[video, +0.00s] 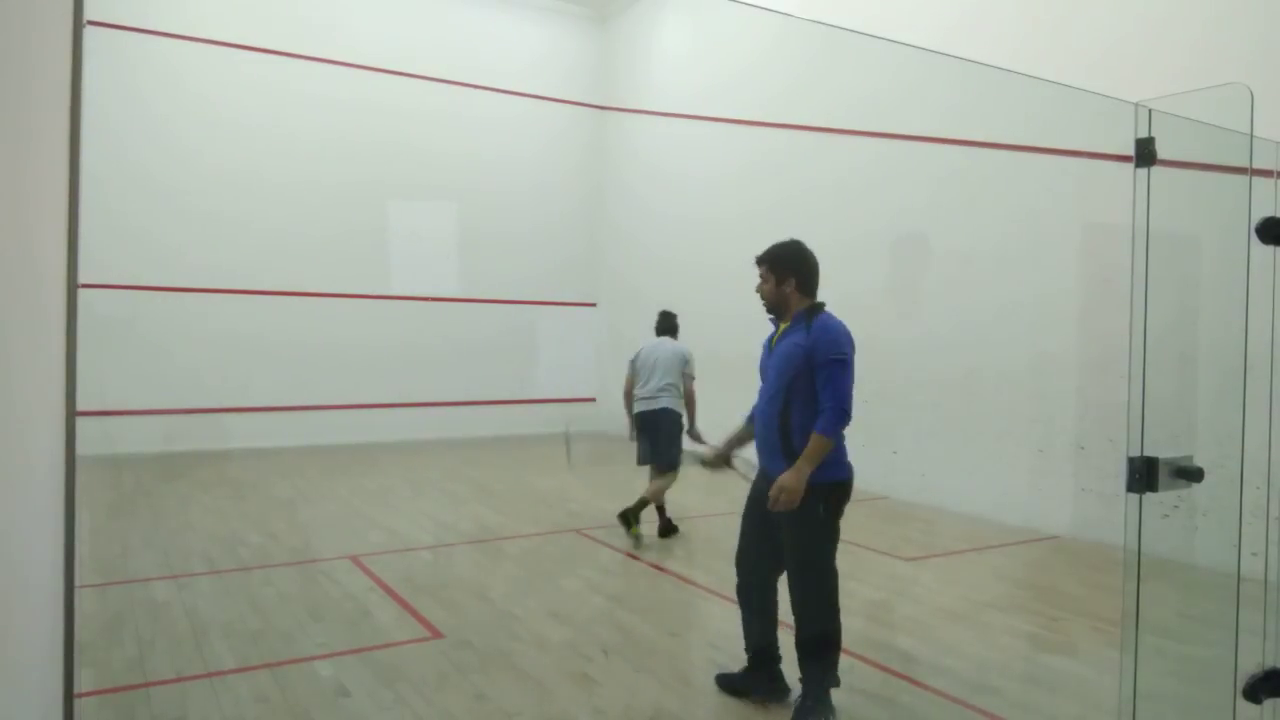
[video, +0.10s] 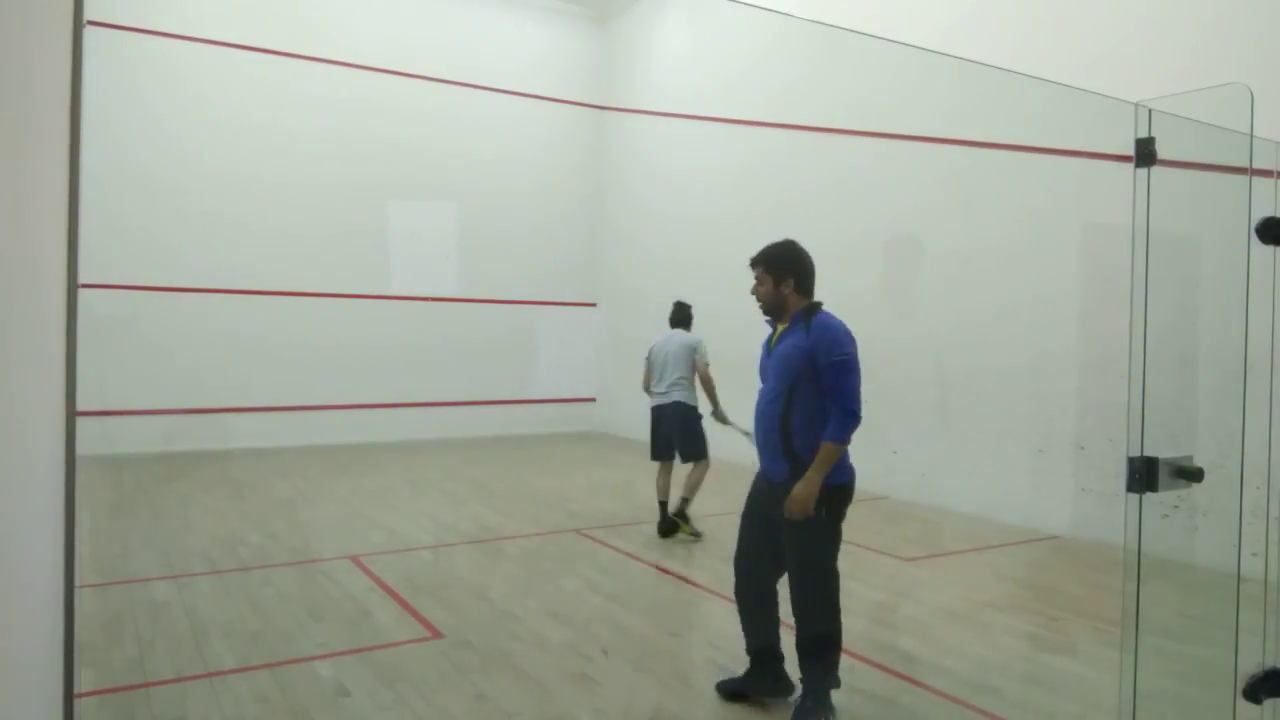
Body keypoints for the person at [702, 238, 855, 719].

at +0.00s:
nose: (758, 289)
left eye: (764, 279)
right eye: (759, 280)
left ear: (790, 282)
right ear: (787, 283)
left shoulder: (829, 336)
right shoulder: (777, 337)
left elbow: (836, 414)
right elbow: (769, 404)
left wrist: (800, 471)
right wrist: (729, 445)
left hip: (815, 483)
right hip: (772, 477)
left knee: (812, 585)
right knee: (753, 571)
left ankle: (816, 691)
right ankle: (763, 671)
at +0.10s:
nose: (754, 292)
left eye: (759, 283)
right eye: (754, 283)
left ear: (788, 283)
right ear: (785, 285)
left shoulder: (830, 335)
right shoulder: (777, 337)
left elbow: (847, 415)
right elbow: (782, 407)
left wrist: (813, 479)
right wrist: (773, 467)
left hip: (816, 487)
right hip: (772, 481)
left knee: (813, 590)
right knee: (751, 575)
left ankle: (817, 691)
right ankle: (765, 672)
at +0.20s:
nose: (740, 292)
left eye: (745, 282)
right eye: (739, 283)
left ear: (774, 283)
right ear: (771, 285)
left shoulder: (820, 336)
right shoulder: (766, 336)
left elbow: (851, 414)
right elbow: (775, 407)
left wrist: (844, 485)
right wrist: (770, 470)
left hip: (812, 492)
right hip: (766, 484)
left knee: (814, 596)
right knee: (744, 582)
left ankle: (816, 694)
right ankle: (742, 681)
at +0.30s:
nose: (720, 289)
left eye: (725, 280)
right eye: (721, 280)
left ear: (748, 284)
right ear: (750, 284)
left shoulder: (793, 336)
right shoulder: (744, 338)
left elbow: (820, 419)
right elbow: (747, 419)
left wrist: (821, 494)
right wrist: (738, 484)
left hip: (792, 495)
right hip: (751, 493)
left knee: (804, 600)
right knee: (735, 595)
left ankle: (816, 696)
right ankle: (713, 690)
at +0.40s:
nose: (697, 285)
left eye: (700, 277)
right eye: (699, 276)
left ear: (714, 282)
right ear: (730, 283)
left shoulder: (764, 334)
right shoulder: (713, 337)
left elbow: (766, 417)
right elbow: (703, 406)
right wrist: (669, 453)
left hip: (756, 486)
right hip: (717, 483)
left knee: (752, 596)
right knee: (713, 596)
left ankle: (808, 681)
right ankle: (709, 696)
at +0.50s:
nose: (682, 283)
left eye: (688, 274)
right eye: (684, 274)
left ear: (706, 278)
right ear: (711, 279)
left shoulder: (746, 327)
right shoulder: (694, 334)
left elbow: (743, 402)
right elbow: (684, 402)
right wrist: (633, 436)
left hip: (741, 483)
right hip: (703, 480)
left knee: (715, 591)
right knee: (701, 590)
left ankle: (774, 694)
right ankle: (709, 697)